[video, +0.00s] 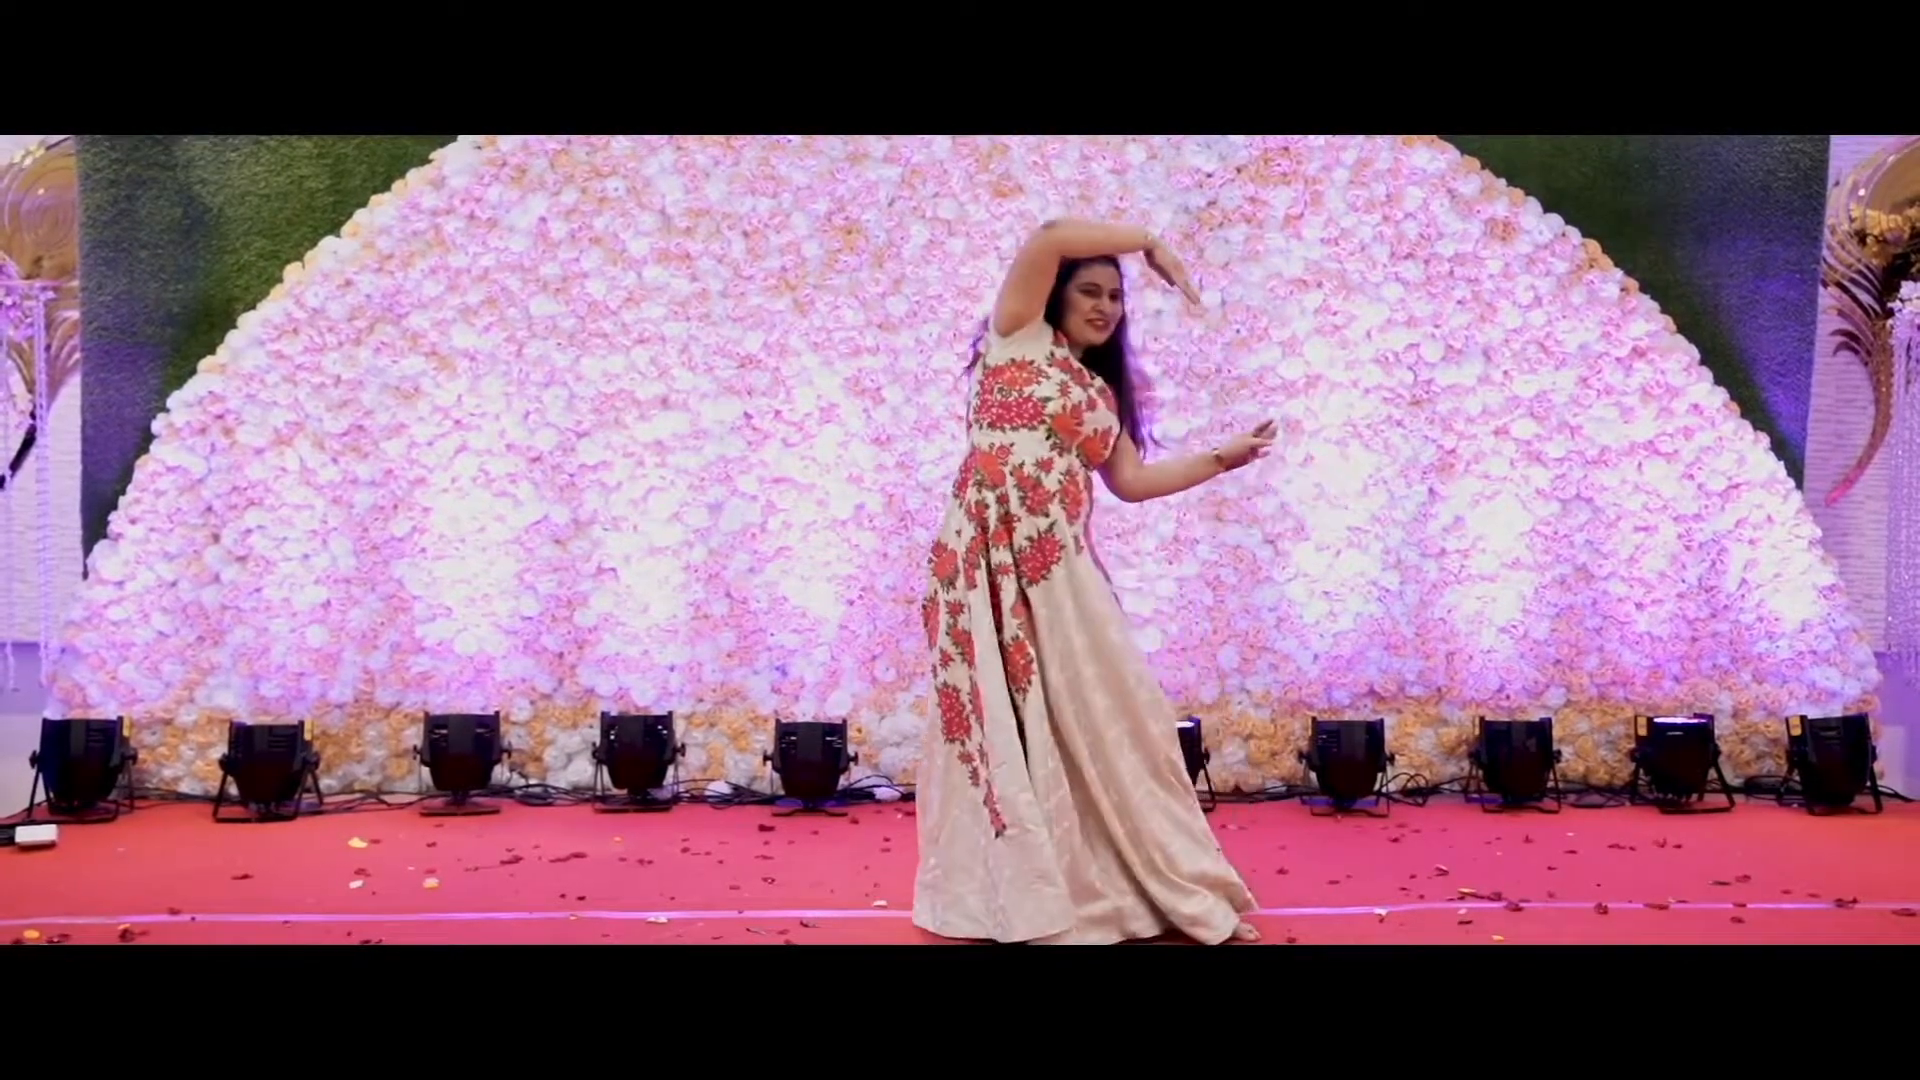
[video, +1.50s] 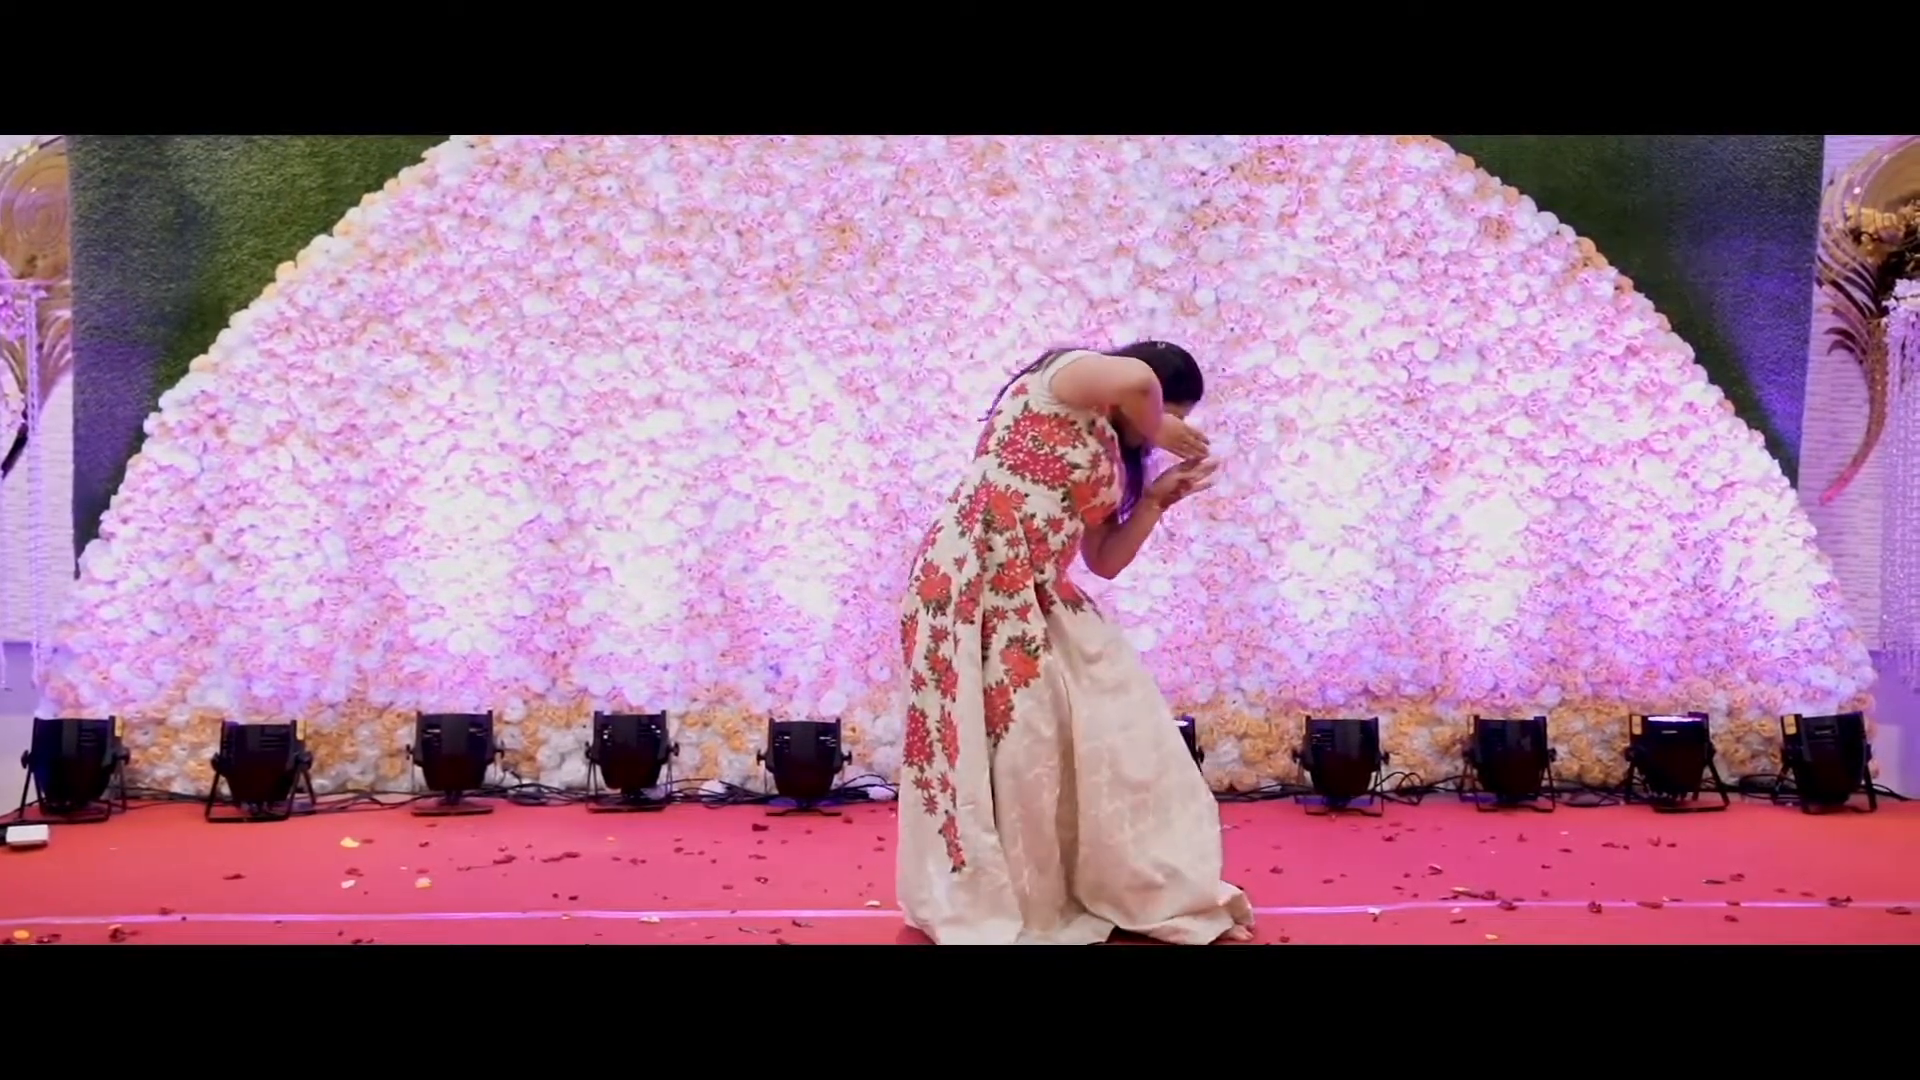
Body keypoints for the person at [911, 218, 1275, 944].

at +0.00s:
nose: (1102, 306)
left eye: (1113, 296)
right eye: (1088, 293)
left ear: (1122, 307)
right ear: (1057, 295)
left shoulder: (1099, 399)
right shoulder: (1016, 339)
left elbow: (1131, 481)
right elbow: (1052, 236)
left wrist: (1222, 456)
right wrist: (1145, 241)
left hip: (1057, 564)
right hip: (979, 556)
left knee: (1109, 717)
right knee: (996, 727)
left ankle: (1181, 892)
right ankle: (1013, 898)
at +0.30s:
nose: (1036, 301)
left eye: (1048, 290)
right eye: (1022, 286)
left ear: (1059, 299)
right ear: (991, 288)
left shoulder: (1058, 392)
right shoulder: (957, 352)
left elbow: (1107, 472)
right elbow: (983, 262)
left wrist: (1201, 467)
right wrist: (1069, 211)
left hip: (1047, 561)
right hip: (966, 556)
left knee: (1080, 720)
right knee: (975, 725)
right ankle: (981, 894)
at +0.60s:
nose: (1038, 310)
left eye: (1048, 300)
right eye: (1024, 296)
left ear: (1057, 314)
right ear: (988, 305)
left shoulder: (1072, 390)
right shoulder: (958, 379)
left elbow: (1116, 468)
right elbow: (1042, 374)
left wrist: (1204, 455)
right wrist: (1054, 280)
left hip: (1074, 577)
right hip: (995, 574)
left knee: (1142, 718)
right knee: (995, 731)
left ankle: (1148, 888)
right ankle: (975, 892)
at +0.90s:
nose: (1146, 328)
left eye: (1150, 318)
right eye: (1138, 312)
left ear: (1127, 318)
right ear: (1098, 299)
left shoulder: (1105, 386)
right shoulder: (1042, 353)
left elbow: (1139, 490)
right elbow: (1129, 407)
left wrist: (1215, 453)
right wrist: (1160, 342)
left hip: (1099, 574)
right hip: (1035, 571)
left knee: (1180, 714)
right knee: (1033, 726)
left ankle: (1160, 890)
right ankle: (996, 895)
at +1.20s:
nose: (1204, 387)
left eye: (1206, 376)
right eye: (1201, 373)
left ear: (1168, 369)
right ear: (1171, 357)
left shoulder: (1135, 437)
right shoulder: (1105, 363)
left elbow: (1145, 534)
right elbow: (1175, 412)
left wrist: (1216, 484)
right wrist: (1216, 406)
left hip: (1076, 584)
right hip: (1009, 576)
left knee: (1152, 708)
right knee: (1047, 723)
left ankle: (1143, 888)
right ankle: (1017, 896)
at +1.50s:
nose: (1168, 423)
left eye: (1173, 417)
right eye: (1171, 411)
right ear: (1142, 377)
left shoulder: (1106, 468)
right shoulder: (1061, 379)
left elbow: (1105, 559)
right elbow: (1138, 378)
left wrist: (1155, 500)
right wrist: (1159, 431)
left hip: (1035, 598)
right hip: (967, 587)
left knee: (1125, 722)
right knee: (1025, 735)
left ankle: (1158, 889)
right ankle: (1016, 898)